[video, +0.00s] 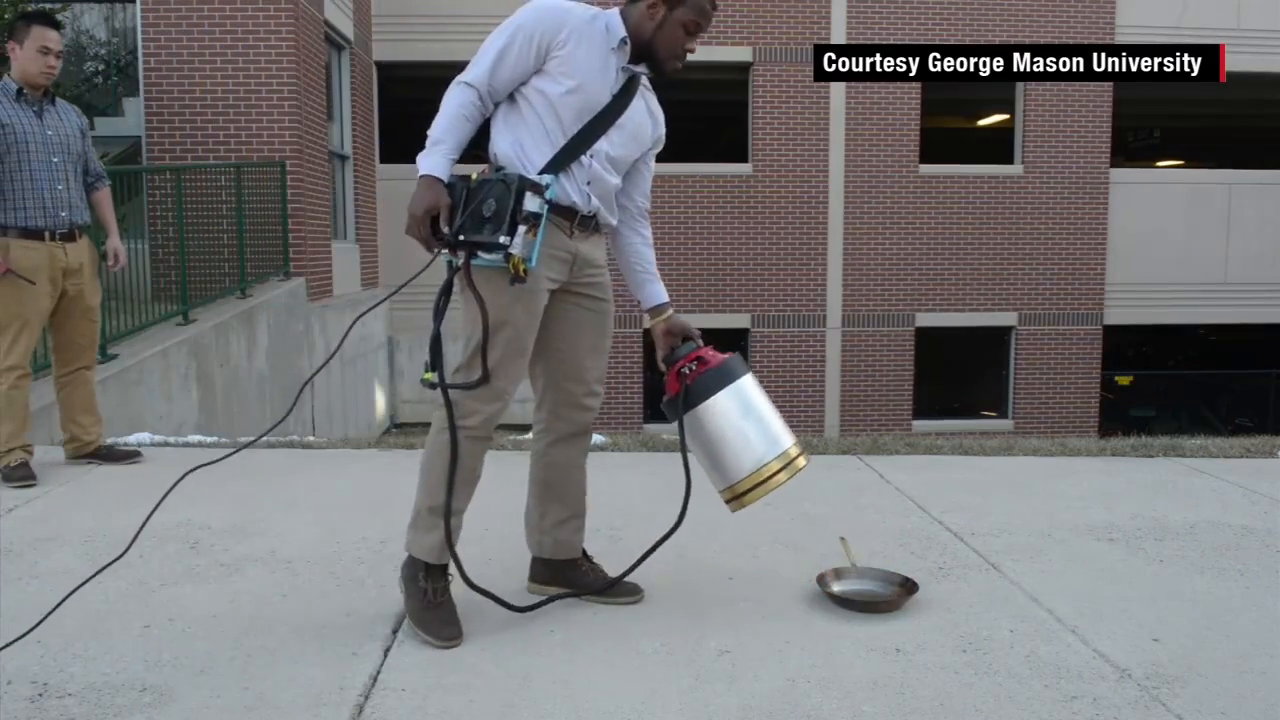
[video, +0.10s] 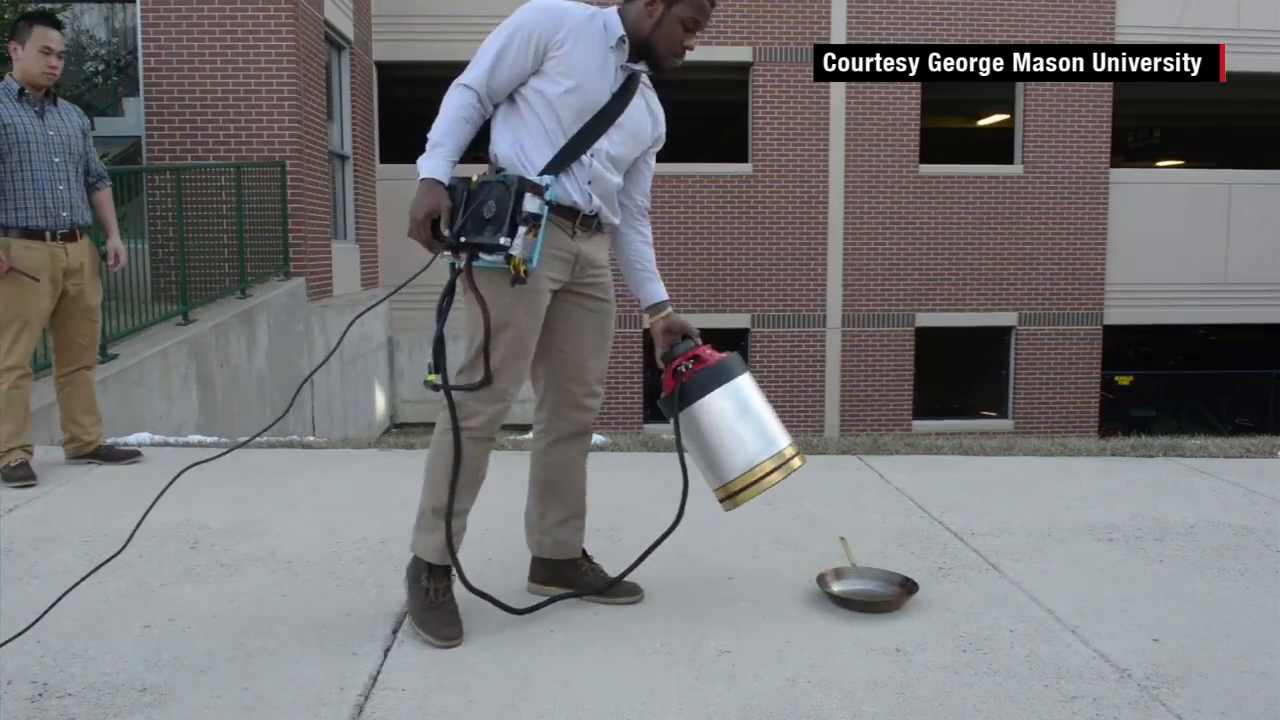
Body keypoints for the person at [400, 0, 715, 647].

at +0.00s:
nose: (693, 46)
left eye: (700, 35)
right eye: (690, 28)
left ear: (663, 18)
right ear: (651, 7)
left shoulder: (649, 117)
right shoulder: (561, 22)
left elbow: (630, 220)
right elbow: (473, 88)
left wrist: (659, 307)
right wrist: (432, 175)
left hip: (588, 253)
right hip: (512, 236)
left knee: (572, 408)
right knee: (475, 403)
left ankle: (556, 557)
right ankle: (427, 562)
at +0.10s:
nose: (692, 43)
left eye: (699, 31)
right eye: (690, 25)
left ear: (661, 16)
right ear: (650, 5)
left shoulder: (649, 115)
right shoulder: (557, 23)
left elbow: (630, 218)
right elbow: (472, 91)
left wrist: (658, 305)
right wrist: (433, 177)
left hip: (591, 253)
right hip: (515, 236)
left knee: (572, 408)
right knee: (479, 404)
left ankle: (556, 557)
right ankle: (432, 565)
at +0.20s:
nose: (689, 39)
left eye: (695, 28)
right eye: (686, 22)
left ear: (657, 14)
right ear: (648, 3)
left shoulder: (649, 111)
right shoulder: (554, 22)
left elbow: (630, 216)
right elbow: (469, 95)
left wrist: (656, 303)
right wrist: (432, 182)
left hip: (594, 252)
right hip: (517, 236)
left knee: (571, 408)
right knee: (485, 405)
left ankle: (556, 557)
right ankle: (437, 568)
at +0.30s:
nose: (685, 38)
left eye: (691, 26)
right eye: (682, 21)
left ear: (654, 13)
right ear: (644, 4)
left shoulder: (648, 108)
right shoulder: (551, 23)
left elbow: (629, 212)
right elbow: (467, 95)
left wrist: (653, 299)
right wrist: (434, 184)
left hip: (595, 252)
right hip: (518, 236)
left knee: (571, 409)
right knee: (487, 406)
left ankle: (556, 557)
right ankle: (439, 568)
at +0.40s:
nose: (682, 34)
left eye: (689, 22)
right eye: (678, 17)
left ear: (655, 14)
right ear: (639, 2)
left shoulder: (646, 105)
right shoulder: (548, 22)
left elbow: (628, 209)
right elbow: (466, 97)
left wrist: (650, 297)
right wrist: (434, 186)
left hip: (596, 251)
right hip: (518, 237)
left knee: (570, 409)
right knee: (490, 408)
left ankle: (556, 557)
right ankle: (440, 569)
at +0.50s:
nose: (680, 34)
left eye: (686, 22)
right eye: (676, 17)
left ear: (653, 14)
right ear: (638, 2)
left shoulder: (644, 105)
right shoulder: (546, 22)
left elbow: (627, 208)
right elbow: (465, 98)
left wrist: (649, 296)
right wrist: (432, 188)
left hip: (595, 251)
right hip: (517, 237)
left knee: (571, 409)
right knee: (492, 407)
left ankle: (556, 557)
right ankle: (443, 568)